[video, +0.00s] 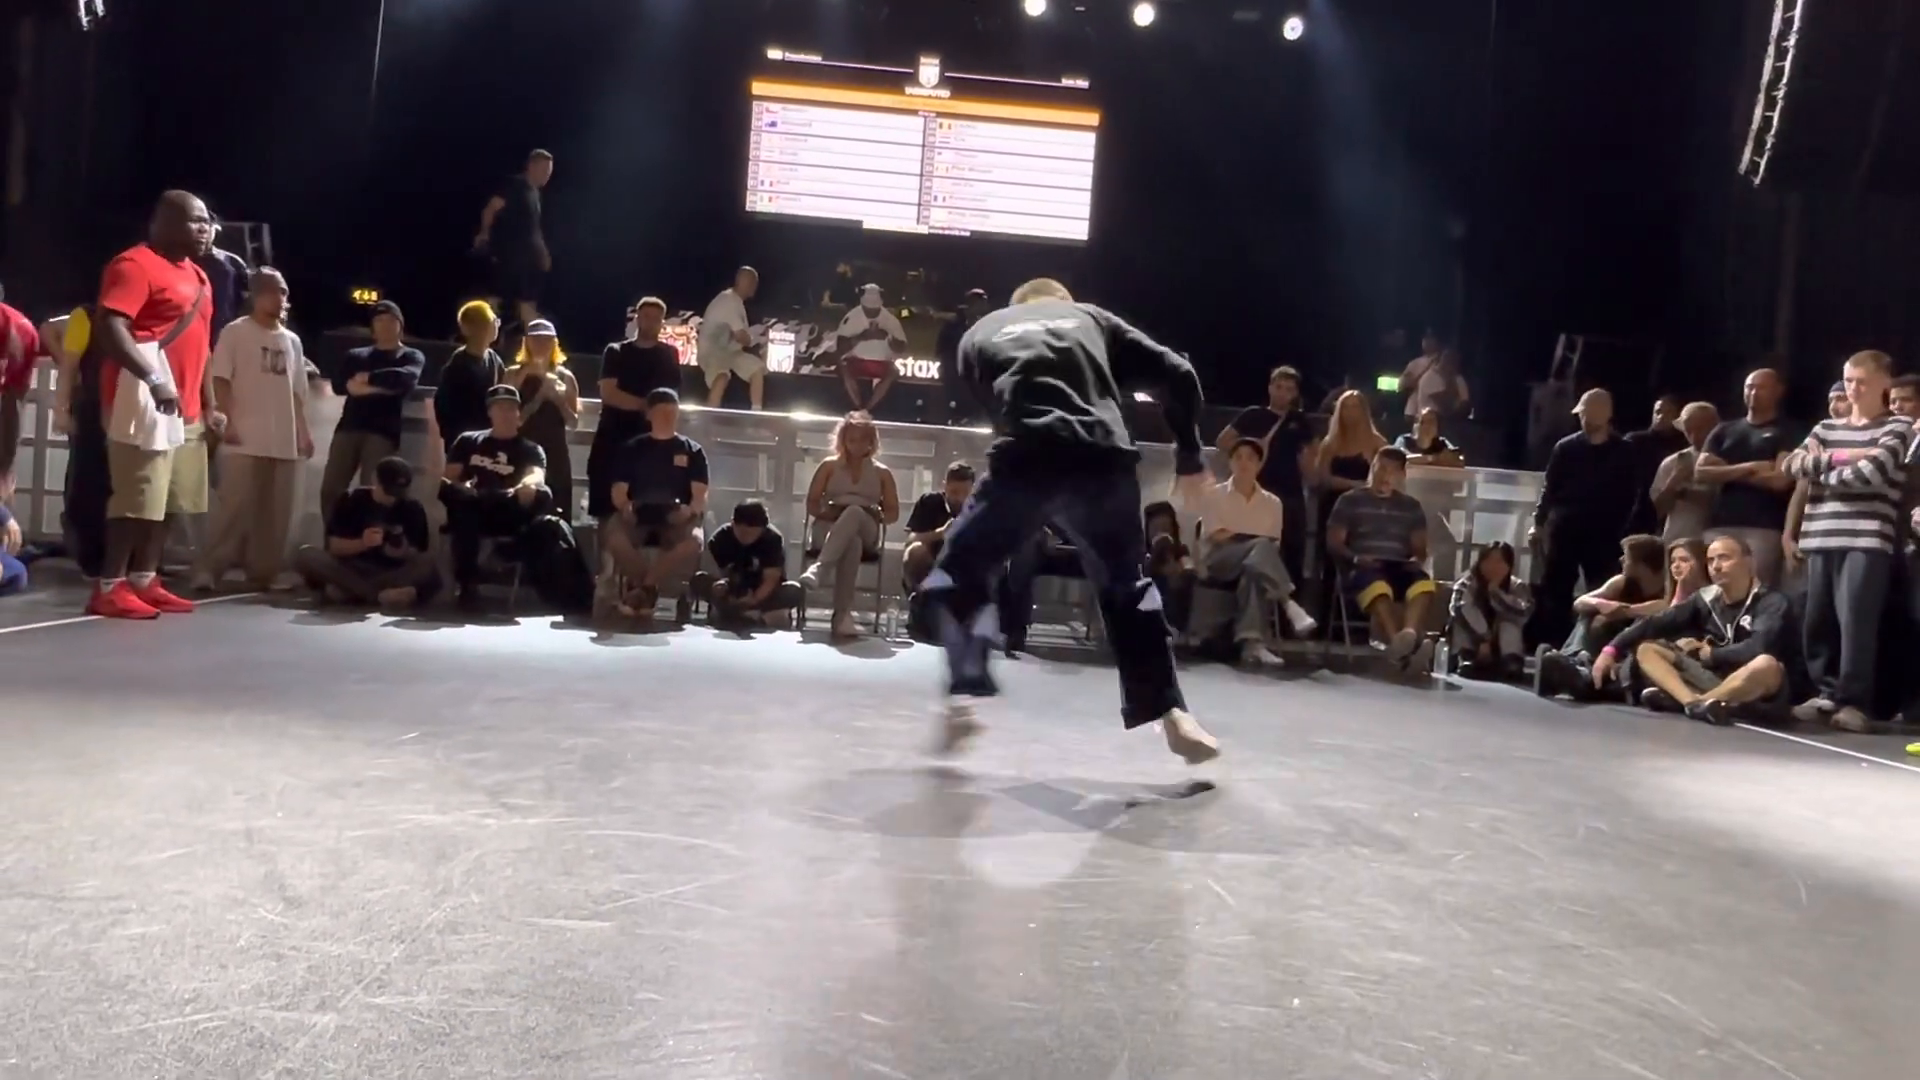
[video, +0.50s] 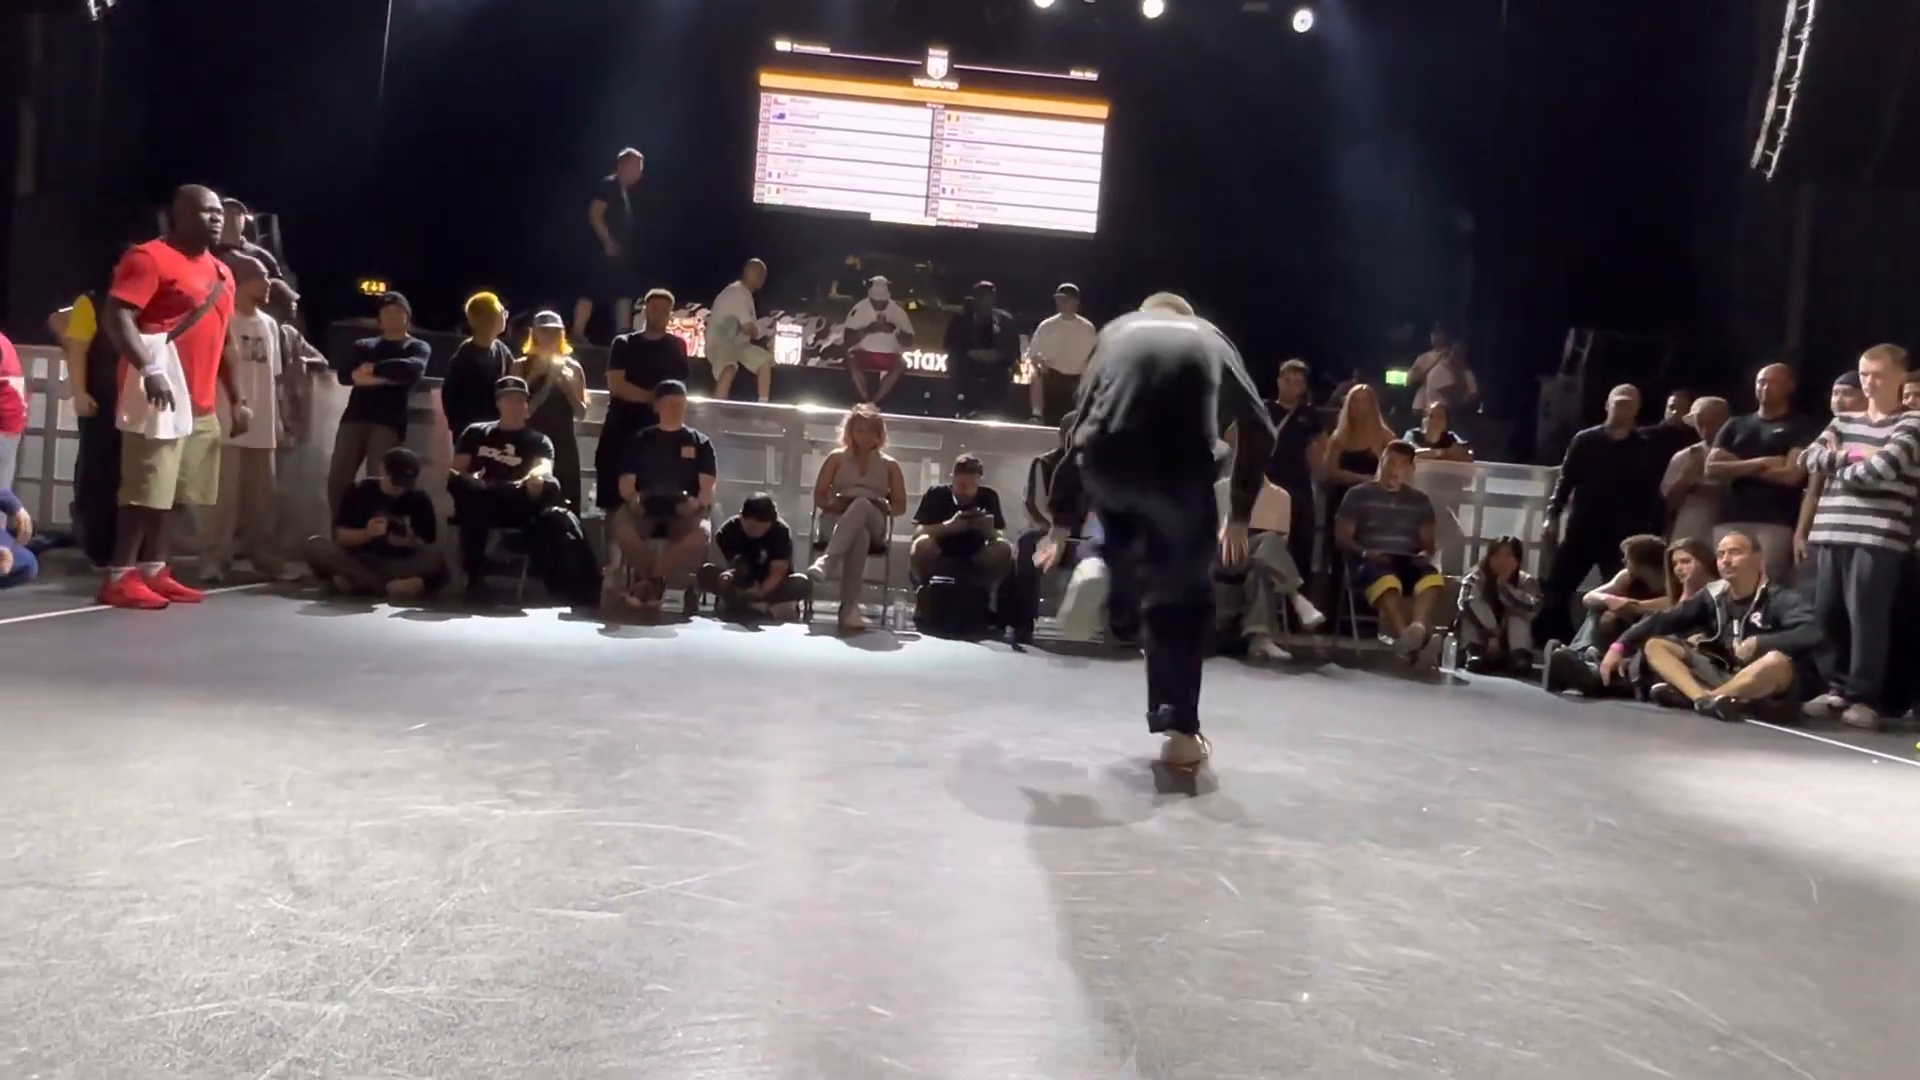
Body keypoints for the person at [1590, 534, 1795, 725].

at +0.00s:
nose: (1715, 567)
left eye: (1724, 559)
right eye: (1711, 561)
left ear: (1748, 562)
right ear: (1707, 567)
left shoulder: (1772, 602)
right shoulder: (1705, 598)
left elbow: (1758, 648)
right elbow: (1659, 623)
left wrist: (1710, 654)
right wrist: (1612, 651)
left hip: (1762, 692)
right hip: (1716, 682)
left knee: (1766, 665)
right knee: (1646, 650)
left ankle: (1696, 703)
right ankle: (1694, 704)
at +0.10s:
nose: (1717, 565)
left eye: (1726, 557)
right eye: (1713, 559)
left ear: (1750, 561)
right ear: (1709, 566)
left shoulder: (1773, 601)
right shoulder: (1706, 597)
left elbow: (1770, 645)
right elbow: (1660, 622)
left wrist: (1722, 657)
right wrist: (1613, 650)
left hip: (1759, 687)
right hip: (1714, 680)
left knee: (1769, 664)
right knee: (1647, 650)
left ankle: (1698, 702)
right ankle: (1695, 703)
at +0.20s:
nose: (1719, 564)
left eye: (1728, 556)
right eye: (1715, 558)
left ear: (1751, 560)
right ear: (1711, 564)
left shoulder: (1777, 601)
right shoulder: (1707, 597)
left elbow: (1783, 643)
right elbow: (1662, 621)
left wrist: (1730, 657)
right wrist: (1615, 648)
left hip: (1762, 686)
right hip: (1716, 679)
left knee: (1771, 663)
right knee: (1649, 648)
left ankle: (1702, 701)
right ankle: (1698, 701)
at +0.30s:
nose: (1721, 562)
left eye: (1730, 555)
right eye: (1716, 557)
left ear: (1753, 559)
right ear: (1712, 563)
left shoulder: (1778, 600)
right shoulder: (1709, 596)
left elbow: (1792, 642)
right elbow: (1662, 620)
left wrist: (1735, 655)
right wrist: (1616, 647)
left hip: (1764, 685)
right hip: (1719, 679)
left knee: (1773, 662)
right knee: (1650, 647)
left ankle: (1705, 699)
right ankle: (1700, 700)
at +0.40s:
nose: (1723, 561)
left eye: (1732, 554)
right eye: (1719, 556)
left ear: (1756, 559)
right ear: (1714, 562)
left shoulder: (1780, 599)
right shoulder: (1710, 595)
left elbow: (1799, 639)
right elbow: (1663, 620)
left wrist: (1743, 650)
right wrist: (1618, 647)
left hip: (1766, 686)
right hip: (1720, 678)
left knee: (1775, 661)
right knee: (1652, 647)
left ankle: (1708, 699)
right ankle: (1701, 700)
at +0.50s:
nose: (1725, 560)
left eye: (1734, 553)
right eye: (1721, 555)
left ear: (1757, 558)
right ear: (1717, 562)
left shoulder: (1781, 598)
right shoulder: (1712, 596)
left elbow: (1812, 633)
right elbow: (1666, 620)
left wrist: (1757, 642)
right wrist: (1620, 646)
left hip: (1770, 689)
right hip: (1724, 678)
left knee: (1775, 661)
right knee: (1654, 647)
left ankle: (1704, 700)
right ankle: (1704, 699)